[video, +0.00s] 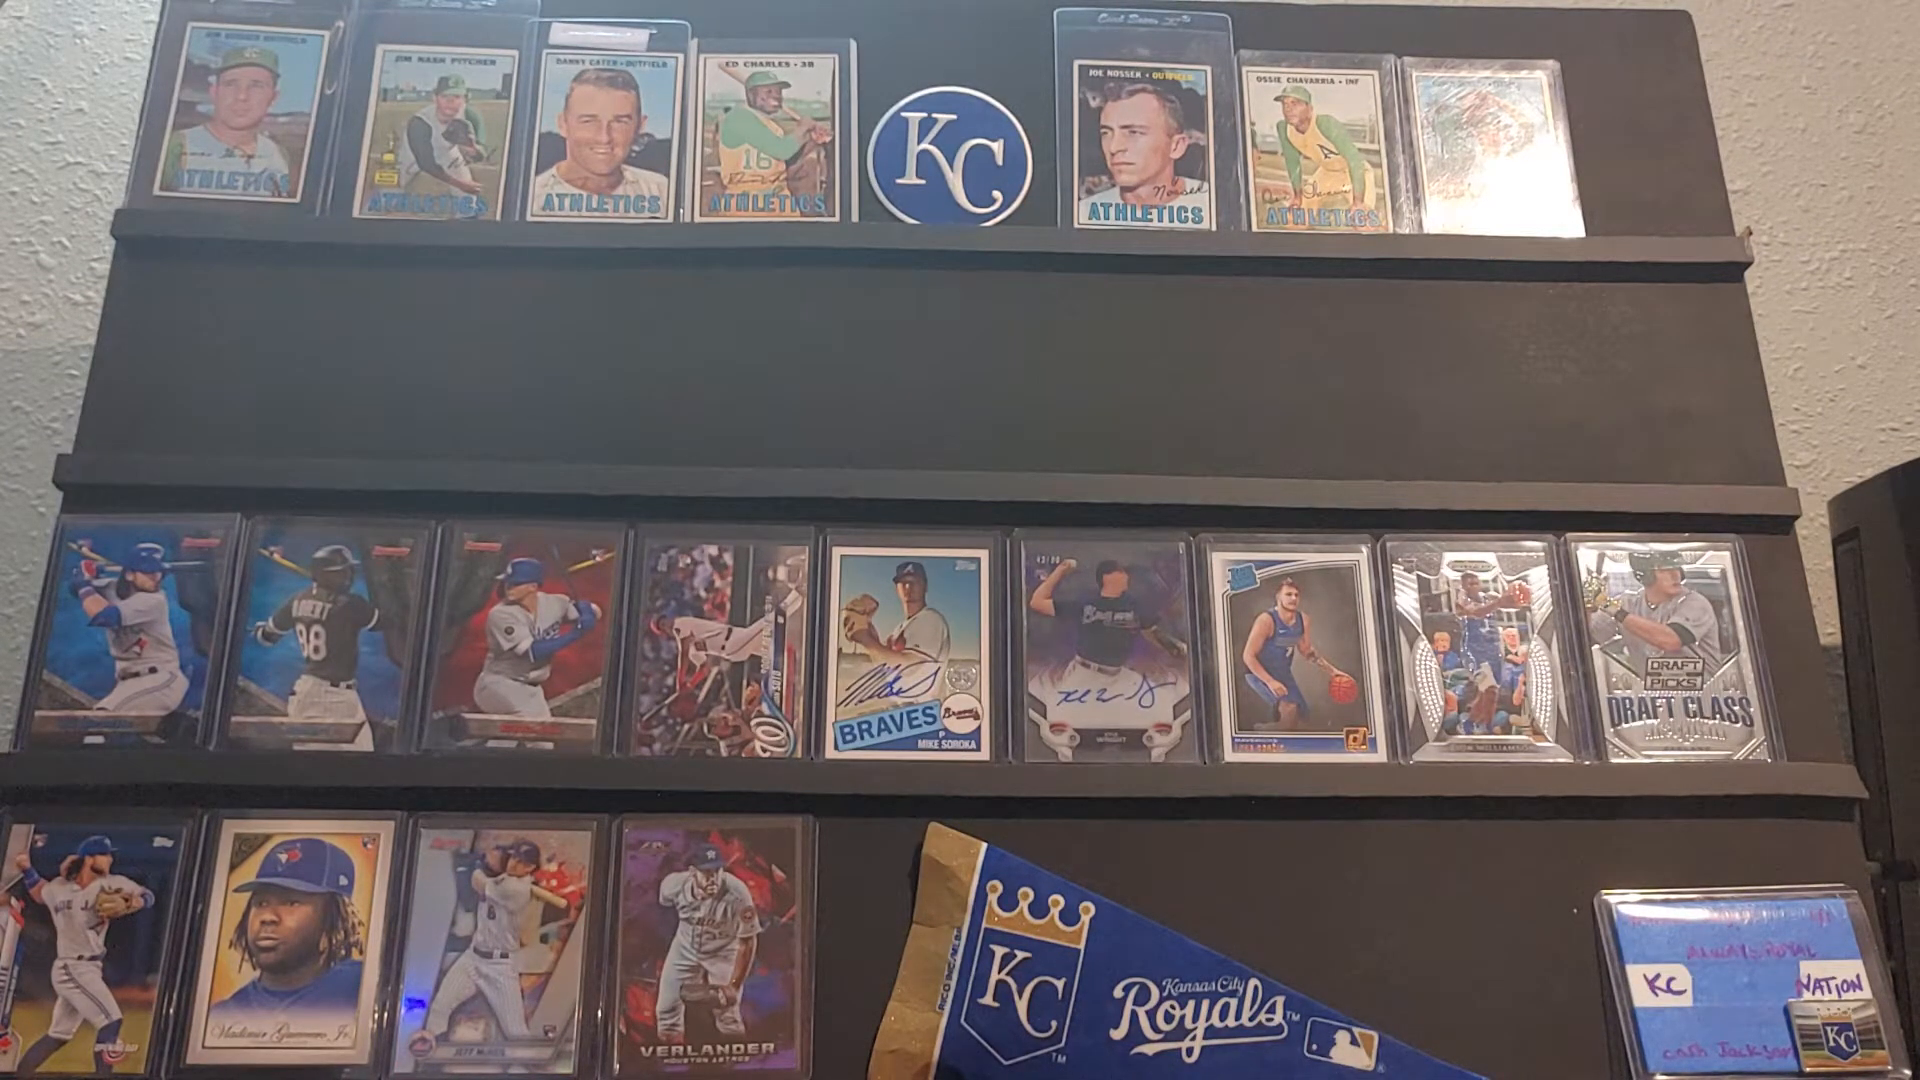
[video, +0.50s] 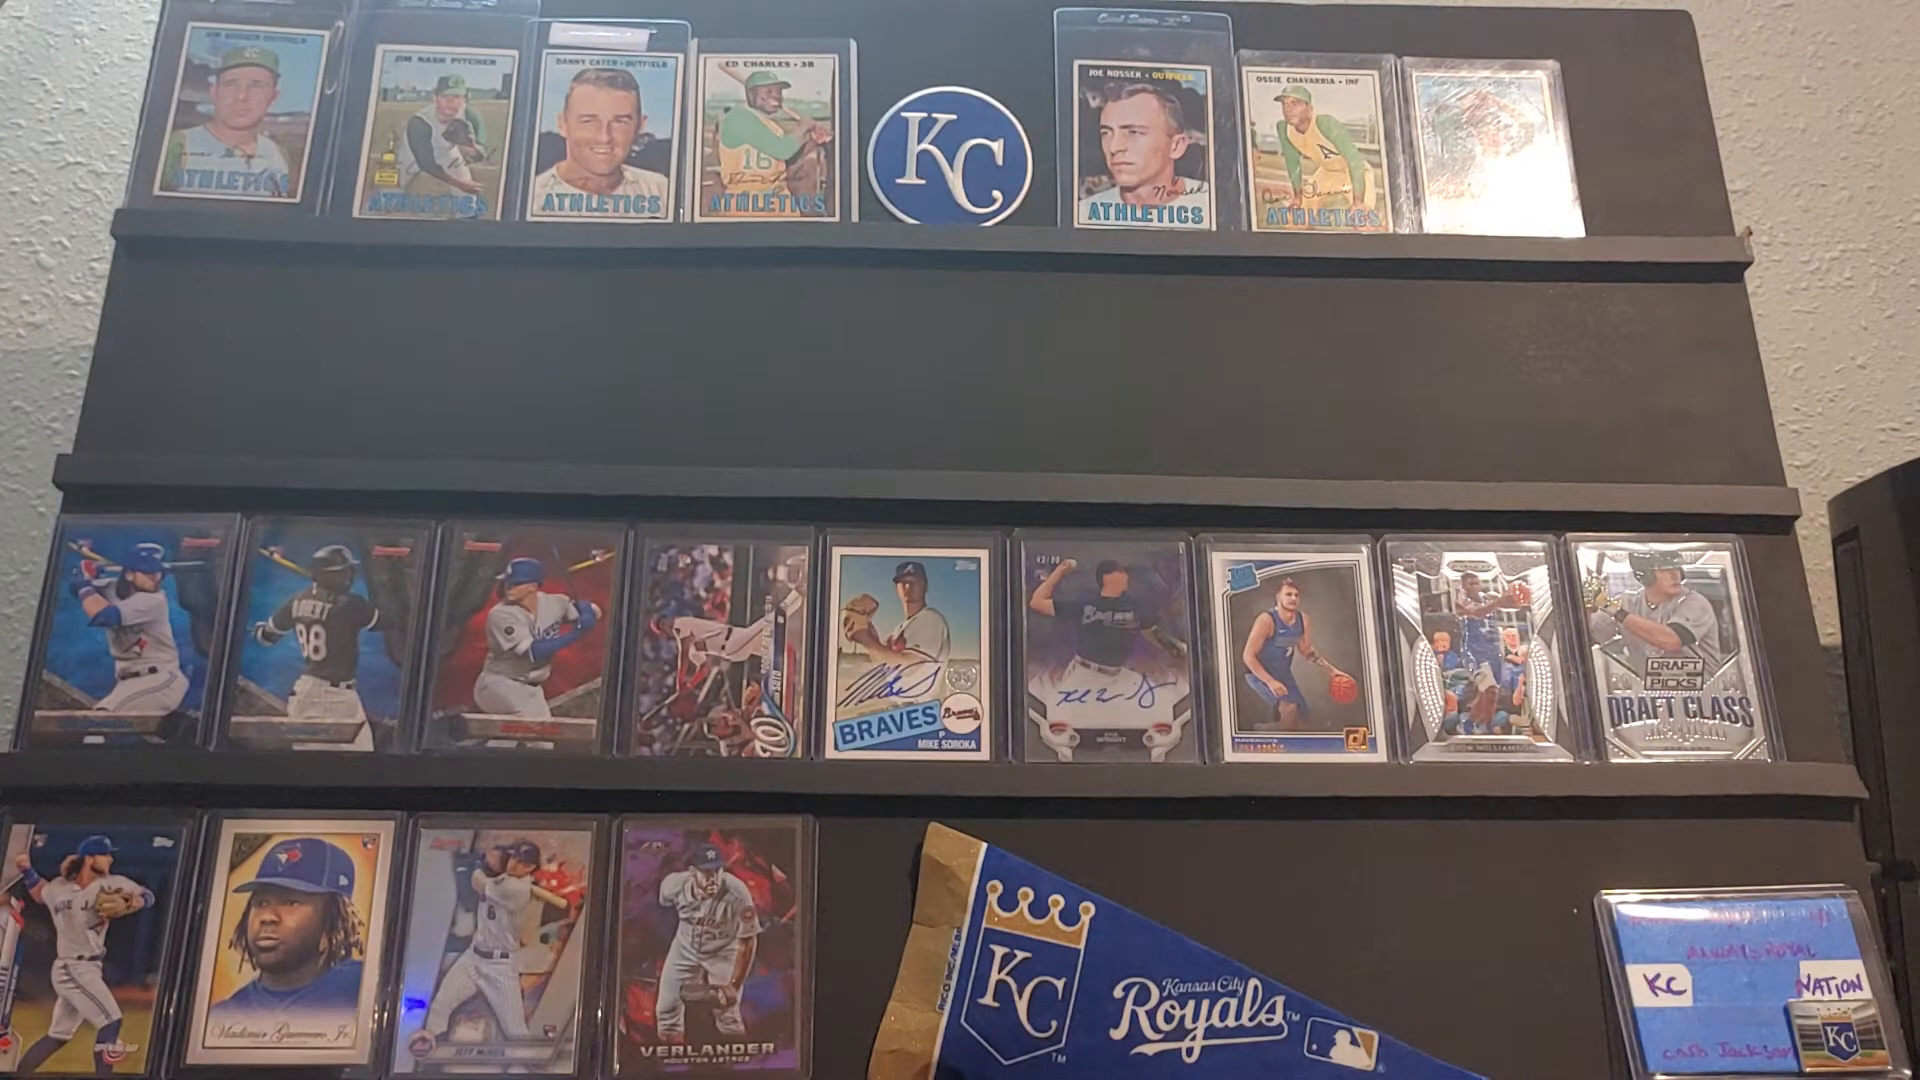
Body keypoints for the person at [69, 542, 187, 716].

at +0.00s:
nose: (156, 577)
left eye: (158, 572)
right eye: (148, 571)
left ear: (162, 573)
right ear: (130, 574)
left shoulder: (154, 601)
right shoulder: (114, 588)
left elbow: (105, 617)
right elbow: (79, 589)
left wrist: (83, 586)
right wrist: (87, 573)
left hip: (163, 679)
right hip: (129, 681)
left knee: (101, 716)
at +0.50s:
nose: (155, 577)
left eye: (158, 572)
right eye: (148, 572)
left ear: (162, 573)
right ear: (130, 574)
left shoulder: (154, 600)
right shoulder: (114, 588)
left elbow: (105, 617)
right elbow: (79, 589)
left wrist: (83, 586)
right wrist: (88, 573)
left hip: (162, 679)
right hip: (129, 682)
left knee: (101, 716)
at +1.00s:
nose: (156, 577)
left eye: (158, 572)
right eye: (148, 572)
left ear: (162, 573)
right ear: (130, 575)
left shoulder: (154, 600)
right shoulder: (114, 587)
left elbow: (105, 617)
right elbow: (79, 589)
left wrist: (83, 585)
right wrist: (87, 574)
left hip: (162, 679)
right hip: (129, 681)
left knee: (101, 716)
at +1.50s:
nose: (155, 577)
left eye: (158, 572)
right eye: (147, 572)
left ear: (162, 573)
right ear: (130, 573)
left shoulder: (154, 600)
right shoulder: (114, 587)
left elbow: (105, 617)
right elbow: (79, 588)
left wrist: (83, 586)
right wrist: (87, 573)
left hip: (162, 679)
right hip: (129, 682)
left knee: (102, 716)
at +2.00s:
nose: (155, 577)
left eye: (158, 572)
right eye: (147, 572)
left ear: (162, 573)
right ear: (130, 574)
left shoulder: (154, 600)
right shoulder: (114, 587)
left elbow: (105, 617)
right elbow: (79, 588)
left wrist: (83, 586)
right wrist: (87, 573)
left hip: (162, 679)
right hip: (129, 682)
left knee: (101, 716)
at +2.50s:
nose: (157, 577)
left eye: (159, 572)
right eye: (149, 572)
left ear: (162, 573)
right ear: (130, 574)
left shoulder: (154, 600)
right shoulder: (113, 587)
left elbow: (104, 617)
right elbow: (79, 588)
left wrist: (82, 586)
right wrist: (85, 574)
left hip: (163, 679)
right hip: (130, 682)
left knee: (100, 717)